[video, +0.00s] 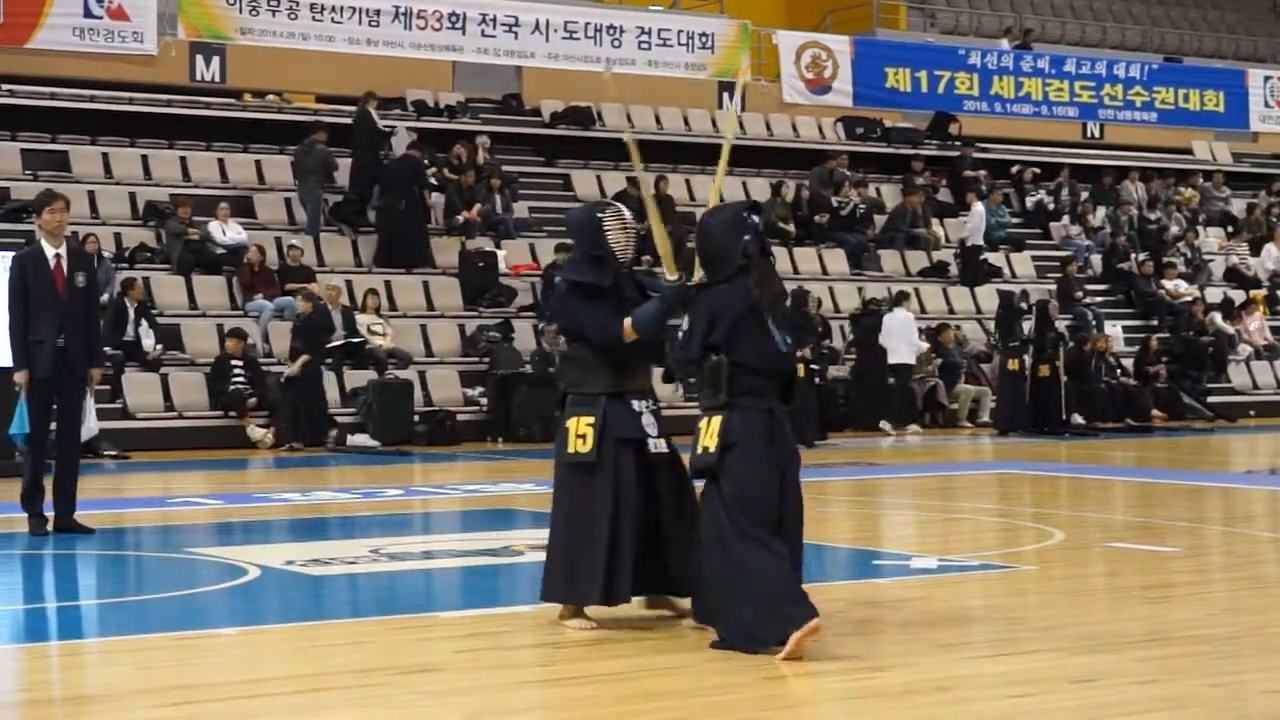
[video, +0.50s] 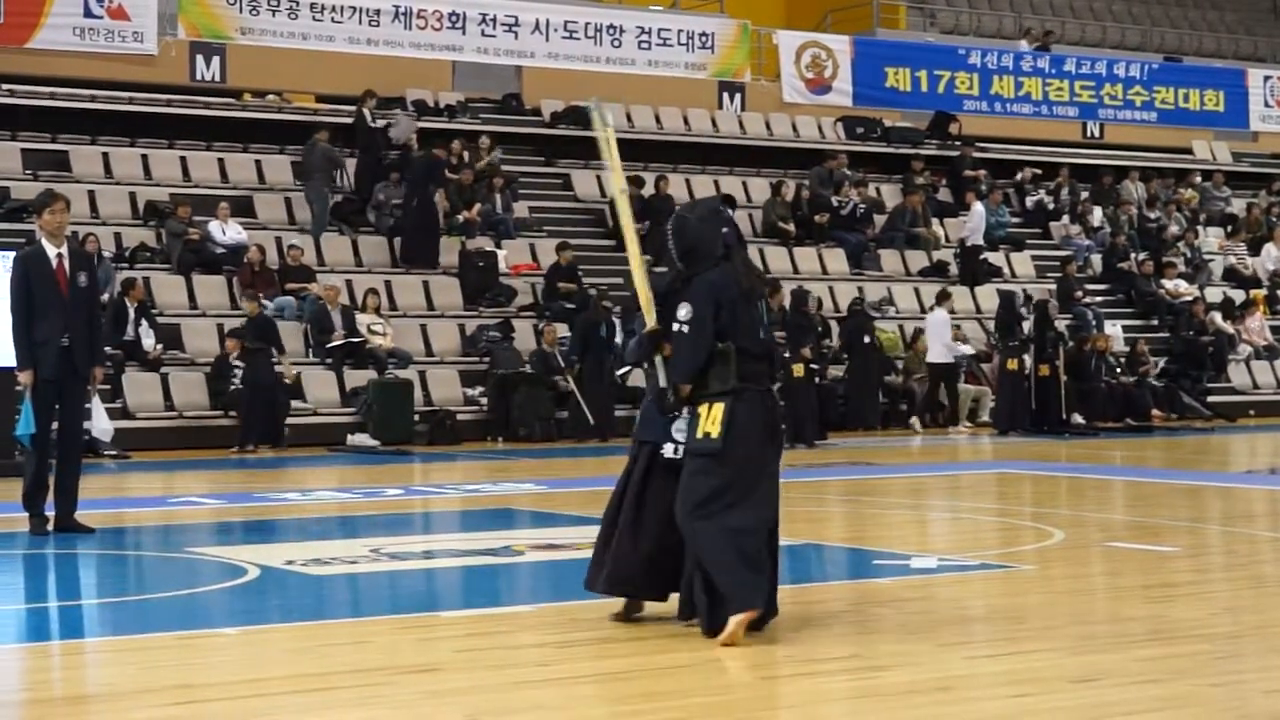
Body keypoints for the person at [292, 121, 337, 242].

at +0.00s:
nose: (325, 137)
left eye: (325, 134)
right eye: (323, 134)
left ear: (312, 134)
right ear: (319, 135)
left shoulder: (299, 150)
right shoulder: (322, 150)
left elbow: (296, 169)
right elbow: (334, 166)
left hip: (302, 188)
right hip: (315, 189)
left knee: (312, 219)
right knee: (313, 221)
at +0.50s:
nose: (327, 137)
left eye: (326, 135)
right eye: (325, 135)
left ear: (315, 135)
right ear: (322, 136)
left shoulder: (307, 148)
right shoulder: (325, 148)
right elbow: (340, 162)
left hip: (309, 185)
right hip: (321, 186)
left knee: (316, 218)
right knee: (321, 220)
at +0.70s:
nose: (326, 140)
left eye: (325, 138)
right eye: (325, 138)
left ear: (315, 137)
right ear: (324, 138)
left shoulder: (307, 148)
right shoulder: (323, 148)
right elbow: (334, 162)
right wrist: (343, 166)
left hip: (309, 185)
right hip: (320, 186)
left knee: (315, 218)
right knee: (324, 219)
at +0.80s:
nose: (326, 142)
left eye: (326, 139)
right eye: (326, 139)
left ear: (316, 138)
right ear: (324, 139)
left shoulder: (308, 149)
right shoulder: (323, 149)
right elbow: (333, 161)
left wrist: (331, 175)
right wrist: (344, 168)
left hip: (309, 185)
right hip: (320, 186)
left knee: (315, 217)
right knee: (324, 218)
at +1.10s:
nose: (329, 142)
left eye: (329, 139)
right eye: (329, 139)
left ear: (319, 137)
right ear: (327, 138)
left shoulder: (310, 149)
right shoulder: (324, 149)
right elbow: (334, 163)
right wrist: (347, 170)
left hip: (309, 188)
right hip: (320, 189)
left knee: (316, 221)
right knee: (323, 221)